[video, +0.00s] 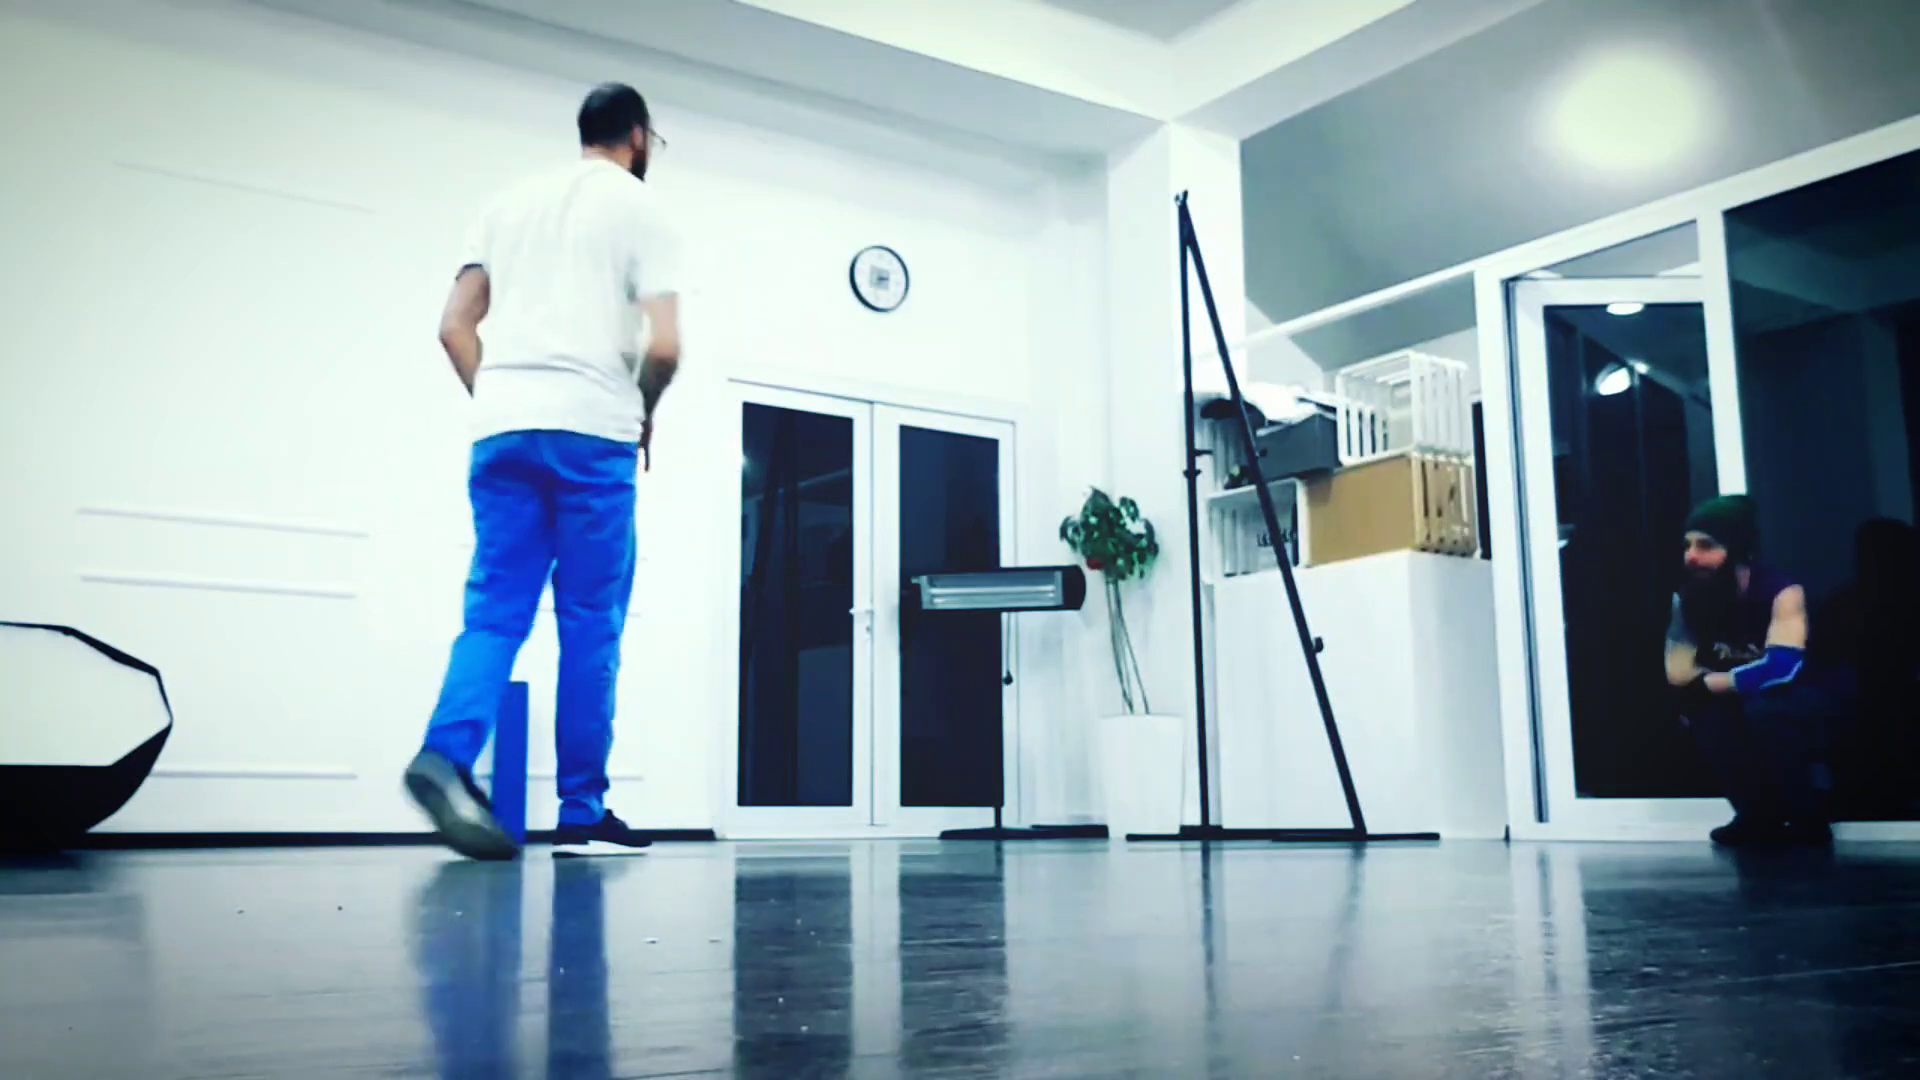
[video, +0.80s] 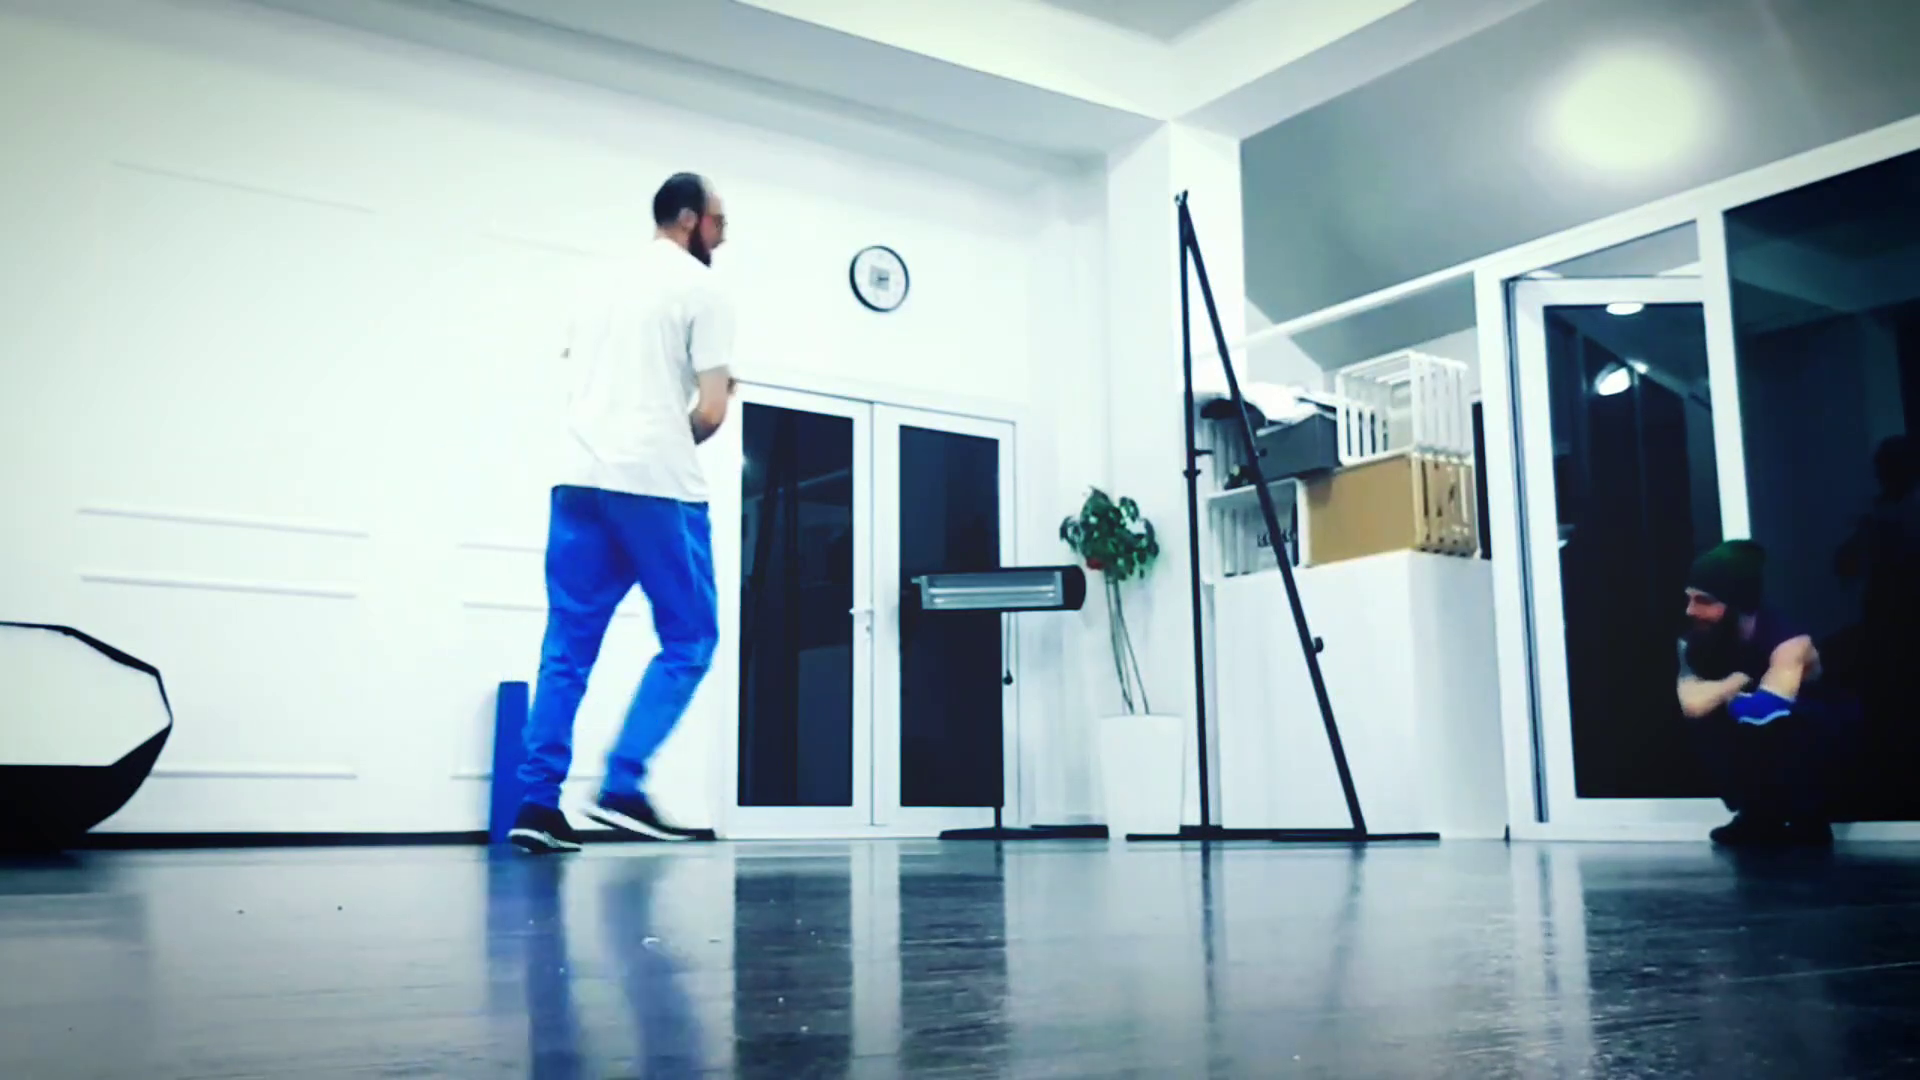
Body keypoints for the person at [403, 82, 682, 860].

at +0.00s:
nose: (650, 157)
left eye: (649, 146)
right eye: (651, 145)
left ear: (581, 137)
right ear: (638, 138)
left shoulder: (509, 204)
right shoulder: (641, 208)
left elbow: (456, 326)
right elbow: (665, 348)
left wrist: (503, 403)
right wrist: (640, 410)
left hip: (503, 424)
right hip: (595, 428)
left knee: (495, 610)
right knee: (591, 622)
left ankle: (444, 759)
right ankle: (582, 810)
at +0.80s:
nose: (721, 236)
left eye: (722, 223)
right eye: (718, 222)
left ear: (659, 217)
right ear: (692, 219)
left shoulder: (601, 278)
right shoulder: (700, 285)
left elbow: (571, 373)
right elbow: (712, 409)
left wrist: (616, 428)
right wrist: (665, 442)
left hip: (579, 474)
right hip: (657, 479)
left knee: (567, 647)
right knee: (690, 639)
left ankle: (538, 804)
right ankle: (622, 786)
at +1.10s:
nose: (798, 265)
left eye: (799, 253)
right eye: (791, 252)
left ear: (749, 254)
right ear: (751, 252)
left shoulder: (699, 312)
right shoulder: (751, 327)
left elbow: (699, 429)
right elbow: (760, 451)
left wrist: (761, 436)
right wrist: (785, 445)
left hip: (665, 515)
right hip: (721, 522)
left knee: (657, 661)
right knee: (766, 660)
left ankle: (565, 767)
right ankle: (775, 810)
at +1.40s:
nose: (842, 241)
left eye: (850, 229)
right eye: (829, 229)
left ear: (858, 230)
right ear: (799, 231)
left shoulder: (861, 310)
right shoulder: (767, 303)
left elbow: (843, 404)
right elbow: (784, 400)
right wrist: (887, 412)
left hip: (848, 501)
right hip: (775, 509)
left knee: (881, 631)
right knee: (810, 645)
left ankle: (869, 784)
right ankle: (828, 791)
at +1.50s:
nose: (851, 238)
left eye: (861, 226)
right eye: (838, 226)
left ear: (872, 230)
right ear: (814, 230)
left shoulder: (888, 326)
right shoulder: (780, 294)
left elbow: (881, 410)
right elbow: (777, 383)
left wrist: (893, 443)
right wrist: (866, 416)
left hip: (865, 493)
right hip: (789, 504)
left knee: (863, 641)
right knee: (834, 649)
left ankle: (843, 803)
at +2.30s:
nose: (1001, 205)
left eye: (1010, 190)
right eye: (987, 196)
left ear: (1033, 192)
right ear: (974, 208)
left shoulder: (1100, 258)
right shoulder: (977, 303)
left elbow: (1170, 345)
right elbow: (966, 400)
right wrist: (976, 459)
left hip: (1129, 455)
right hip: (1056, 481)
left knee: (1128, 587)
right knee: (1095, 619)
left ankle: (1190, 767)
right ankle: (1205, 776)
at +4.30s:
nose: (741, 102)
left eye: (744, 80)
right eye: (727, 105)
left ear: (785, 65)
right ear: (737, 124)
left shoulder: (874, 96)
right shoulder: (809, 215)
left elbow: (897, 177)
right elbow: (847, 350)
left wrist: (767, 145)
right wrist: (849, 445)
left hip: (965, 369)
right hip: (883, 402)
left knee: (966, 586)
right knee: (795, 541)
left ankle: (1102, 789)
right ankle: (738, 768)